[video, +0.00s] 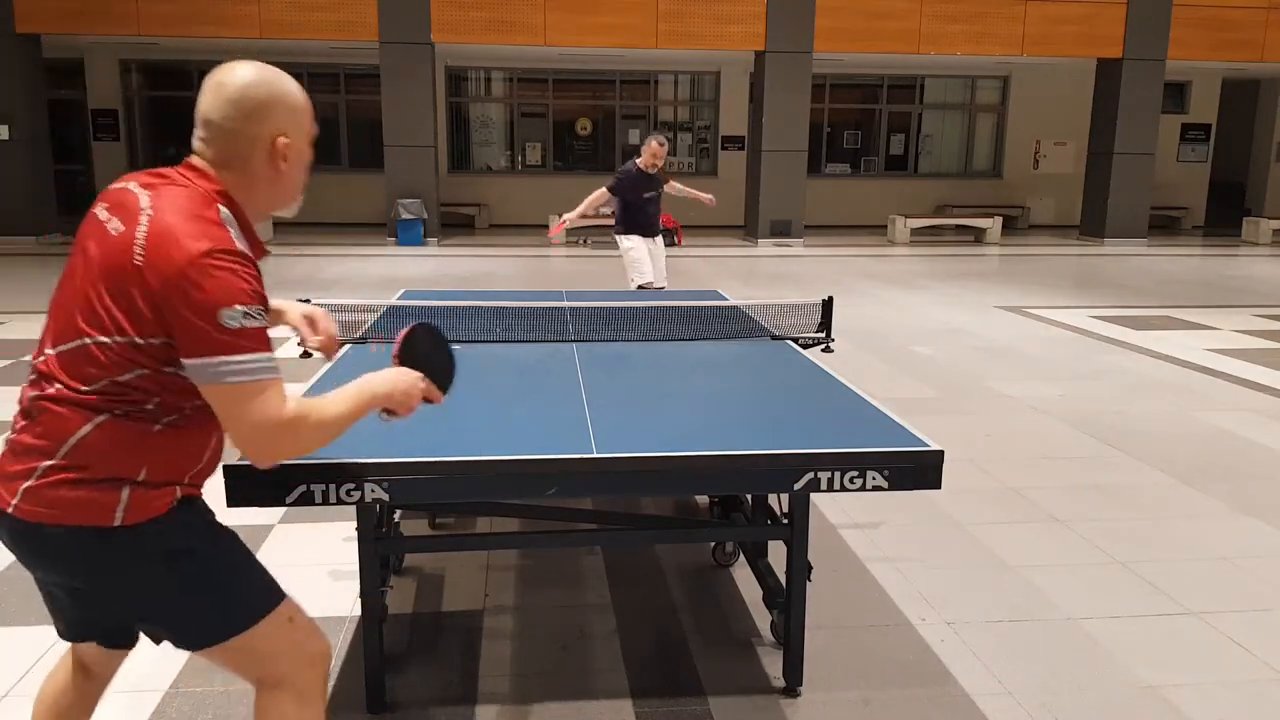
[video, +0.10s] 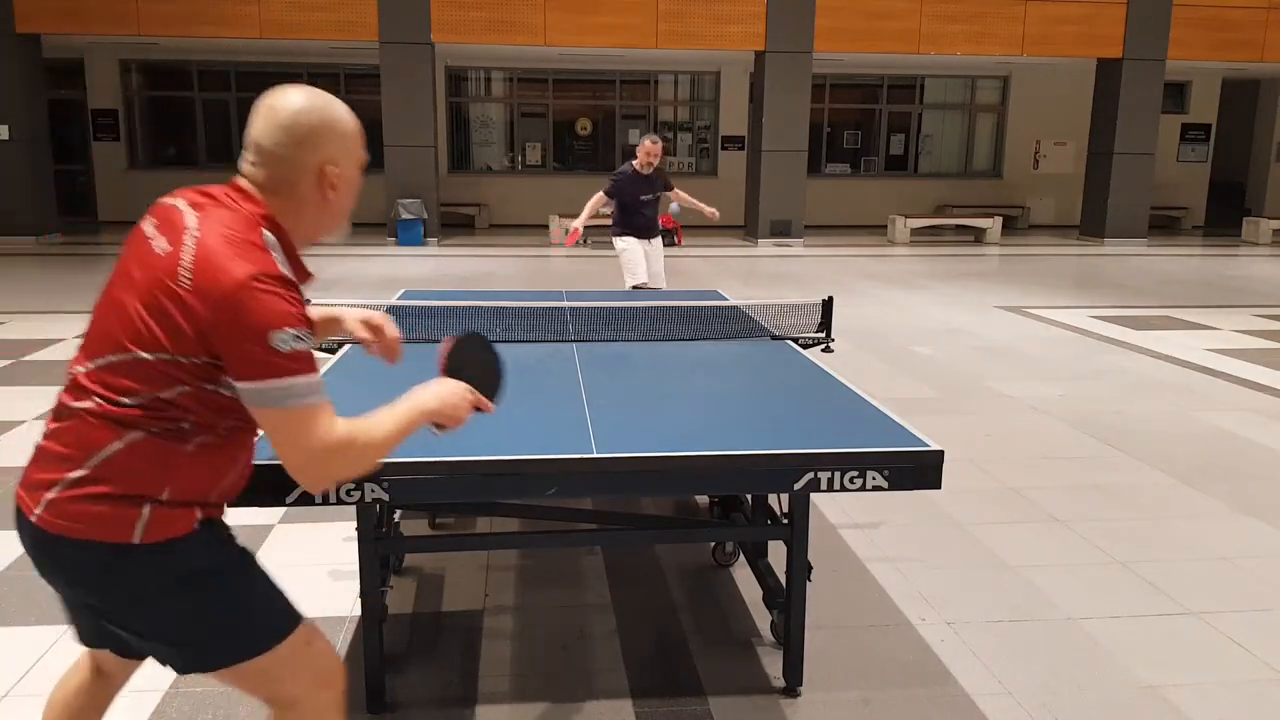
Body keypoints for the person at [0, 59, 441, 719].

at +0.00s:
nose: (313, 161)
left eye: (312, 144)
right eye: (310, 143)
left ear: (206, 133)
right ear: (279, 151)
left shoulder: (131, 194)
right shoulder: (203, 255)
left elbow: (170, 302)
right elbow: (268, 437)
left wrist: (279, 311)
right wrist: (374, 390)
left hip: (39, 496)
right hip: (120, 510)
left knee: (90, 657)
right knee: (297, 662)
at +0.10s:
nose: (356, 189)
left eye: (360, 172)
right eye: (359, 172)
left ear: (256, 157)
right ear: (328, 180)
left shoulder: (182, 208)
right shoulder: (248, 281)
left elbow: (222, 321)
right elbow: (319, 462)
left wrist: (335, 321)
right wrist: (425, 403)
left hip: (59, 504)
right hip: (134, 529)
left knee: (108, 661)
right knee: (315, 686)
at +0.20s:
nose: (409, 230)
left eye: (411, 216)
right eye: (409, 216)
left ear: (305, 193)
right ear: (379, 222)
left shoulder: (244, 234)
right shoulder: (288, 321)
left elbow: (308, 355)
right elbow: (328, 507)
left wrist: (398, 332)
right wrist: (451, 479)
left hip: (90, 515)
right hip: (152, 544)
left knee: (150, 652)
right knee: (346, 680)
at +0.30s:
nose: (436, 268)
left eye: (442, 252)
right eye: (439, 252)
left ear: (345, 216)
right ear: (411, 252)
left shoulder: (293, 254)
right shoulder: (291, 348)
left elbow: (385, 351)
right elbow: (228, 542)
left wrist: (430, 333)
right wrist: (358, 604)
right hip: (144, 546)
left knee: (175, 658)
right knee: (350, 670)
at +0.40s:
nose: (437, 278)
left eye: (442, 265)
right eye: (439, 262)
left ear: (346, 220)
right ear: (406, 258)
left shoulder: (310, 256)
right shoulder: (273, 356)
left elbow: (392, 342)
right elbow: (156, 524)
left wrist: (429, 324)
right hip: (166, 537)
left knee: (184, 674)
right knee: (355, 678)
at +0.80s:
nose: (207, 97)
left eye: (206, 81)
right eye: (200, 80)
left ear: (92, 82)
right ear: (162, 92)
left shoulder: (21, 185)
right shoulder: (148, 165)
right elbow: (307, 88)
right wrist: (234, 11)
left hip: (42, 501)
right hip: (153, 502)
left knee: (83, 669)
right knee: (285, 686)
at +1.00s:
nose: (116, 96)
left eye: (113, 78)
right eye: (110, 78)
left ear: (9, 89)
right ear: (80, 85)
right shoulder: (99, 163)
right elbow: (264, 131)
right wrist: (182, 36)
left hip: (10, 503)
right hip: (123, 492)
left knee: (59, 666)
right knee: (254, 688)